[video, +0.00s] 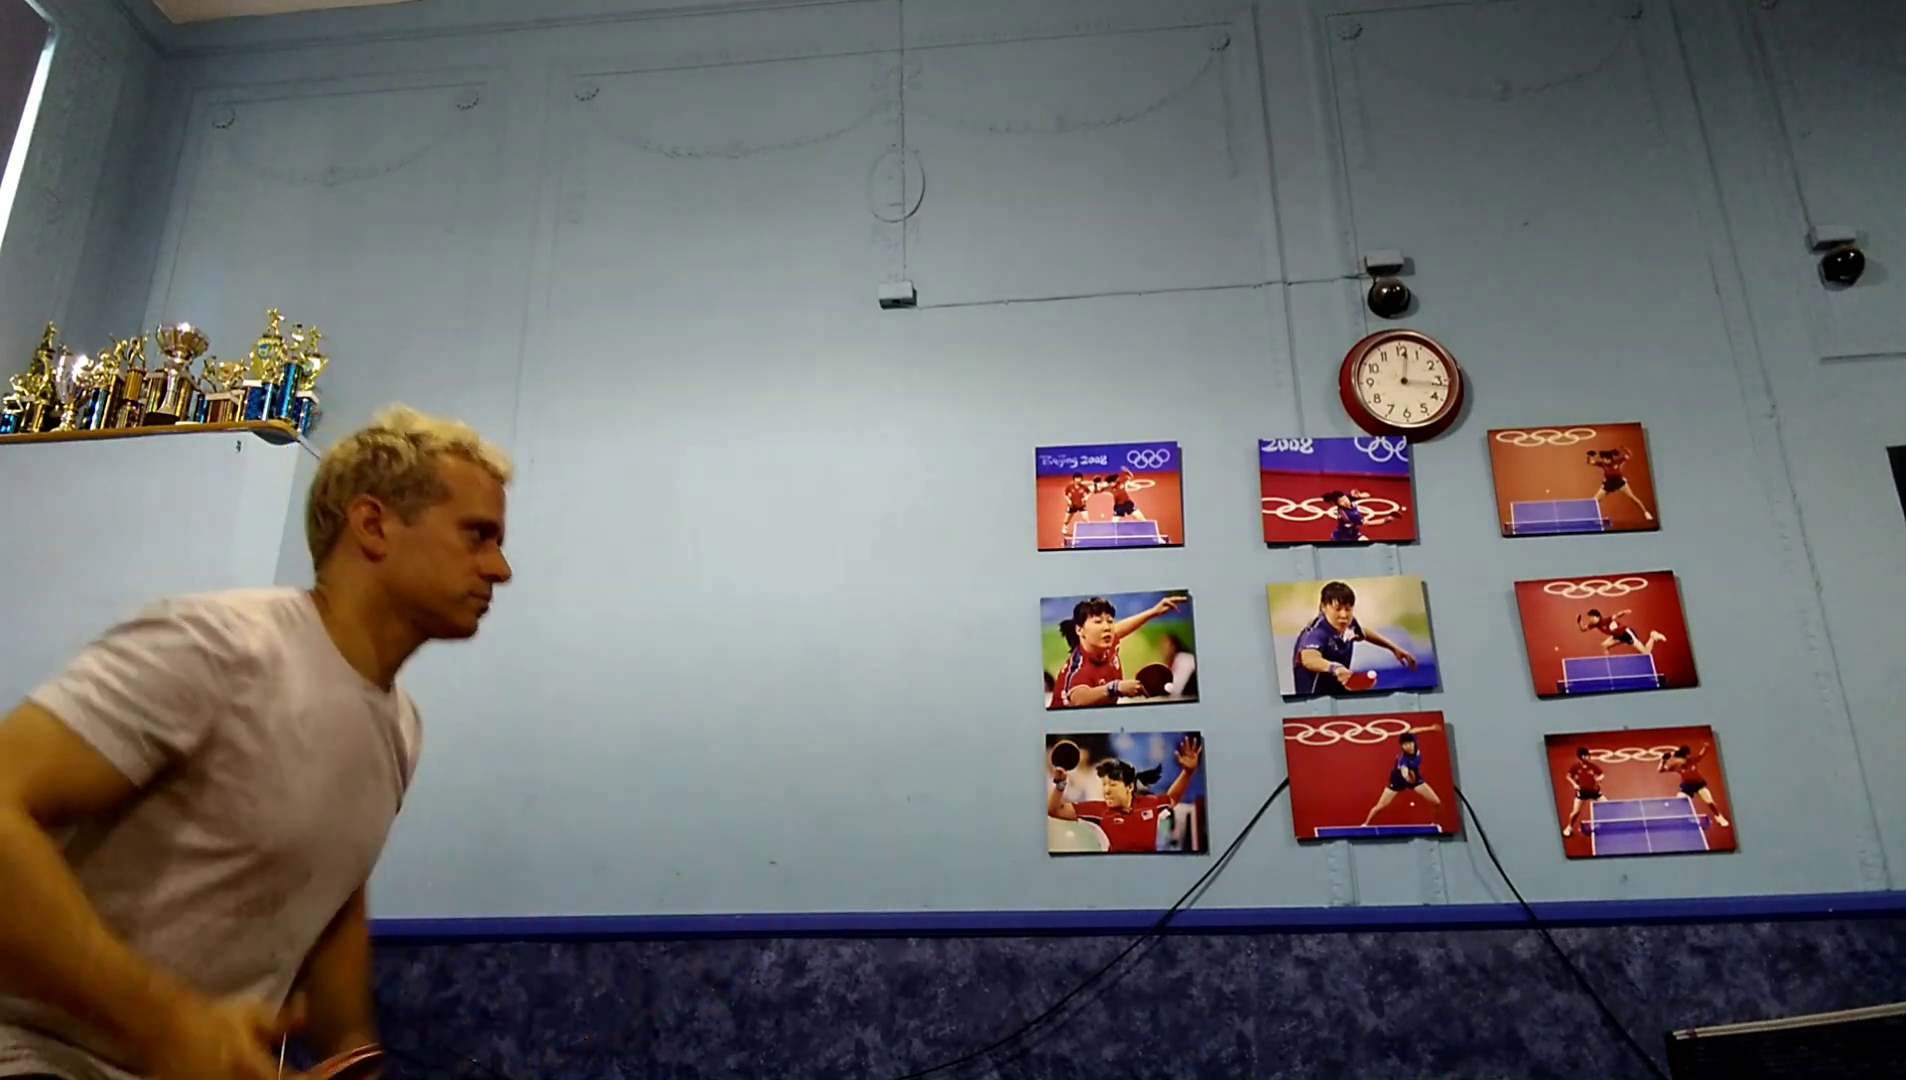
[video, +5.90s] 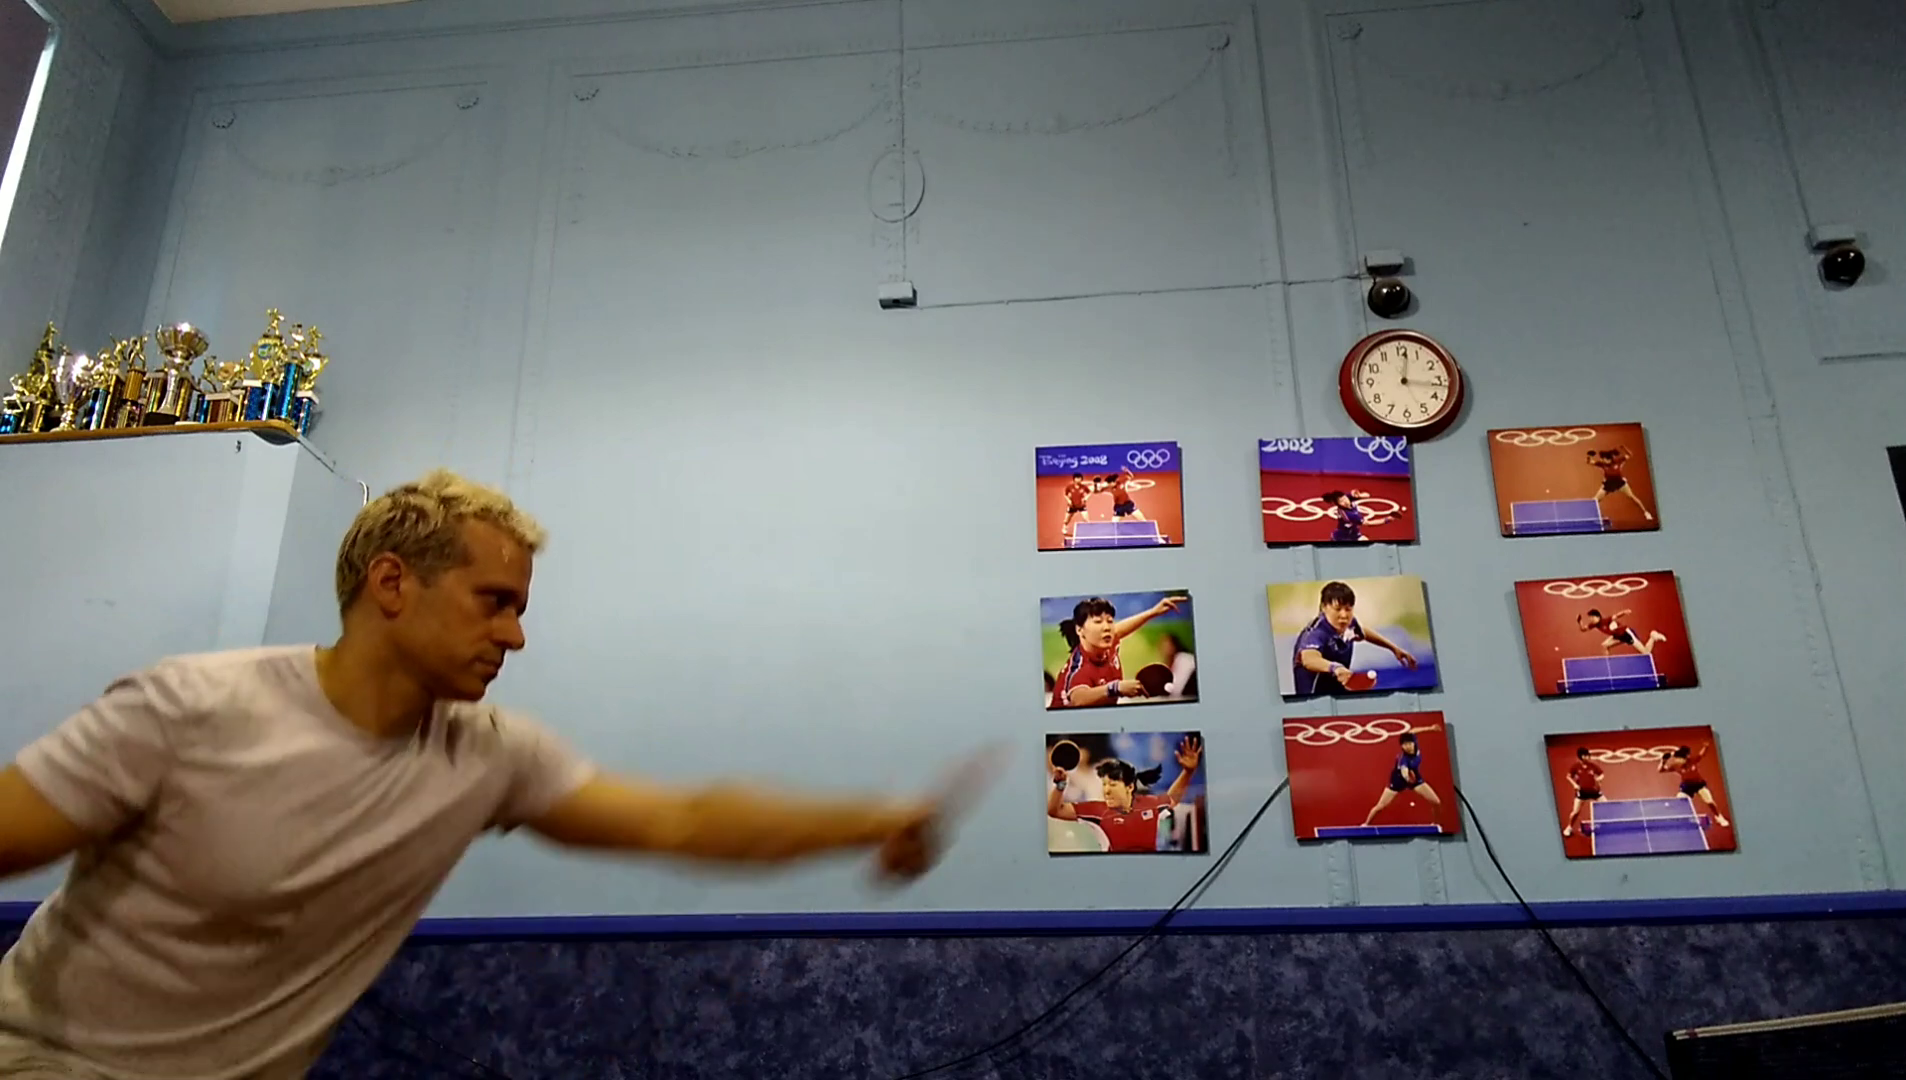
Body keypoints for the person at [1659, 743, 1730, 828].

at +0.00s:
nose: (1684, 759)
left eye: (1686, 757)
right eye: (1682, 758)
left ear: (1687, 756)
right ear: (1679, 757)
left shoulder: (1692, 760)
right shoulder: (1676, 765)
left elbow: (1701, 755)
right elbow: (1661, 770)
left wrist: (1705, 747)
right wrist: (1663, 760)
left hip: (1699, 784)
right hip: (1686, 786)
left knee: (1710, 802)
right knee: (1678, 803)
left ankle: (1718, 817)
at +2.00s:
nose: (1679, 762)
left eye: (1681, 760)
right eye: (1678, 760)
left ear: (1686, 757)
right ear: (1676, 759)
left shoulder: (1692, 760)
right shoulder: (1676, 766)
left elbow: (1701, 755)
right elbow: (1661, 771)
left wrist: (1705, 747)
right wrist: (1663, 761)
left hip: (1699, 784)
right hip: (1686, 786)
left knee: (1710, 802)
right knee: (1678, 803)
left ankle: (1718, 816)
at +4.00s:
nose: (1679, 762)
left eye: (1681, 759)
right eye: (1677, 760)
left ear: (1686, 757)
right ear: (1676, 759)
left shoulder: (1693, 761)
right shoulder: (1676, 766)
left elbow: (1701, 755)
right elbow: (1661, 770)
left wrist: (1705, 747)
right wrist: (1663, 761)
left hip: (1699, 784)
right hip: (1686, 786)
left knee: (1710, 802)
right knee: (1679, 803)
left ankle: (1718, 816)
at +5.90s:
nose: (1684, 761)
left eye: (1685, 759)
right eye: (1681, 760)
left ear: (1688, 757)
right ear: (1677, 759)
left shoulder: (1693, 761)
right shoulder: (1676, 766)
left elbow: (1701, 755)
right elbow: (1661, 770)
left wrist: (1705, 747)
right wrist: (1663, 760)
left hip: (1699, 784)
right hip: (1686, 785)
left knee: (1710, 802)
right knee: (1679, 802)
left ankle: (1718, 816)